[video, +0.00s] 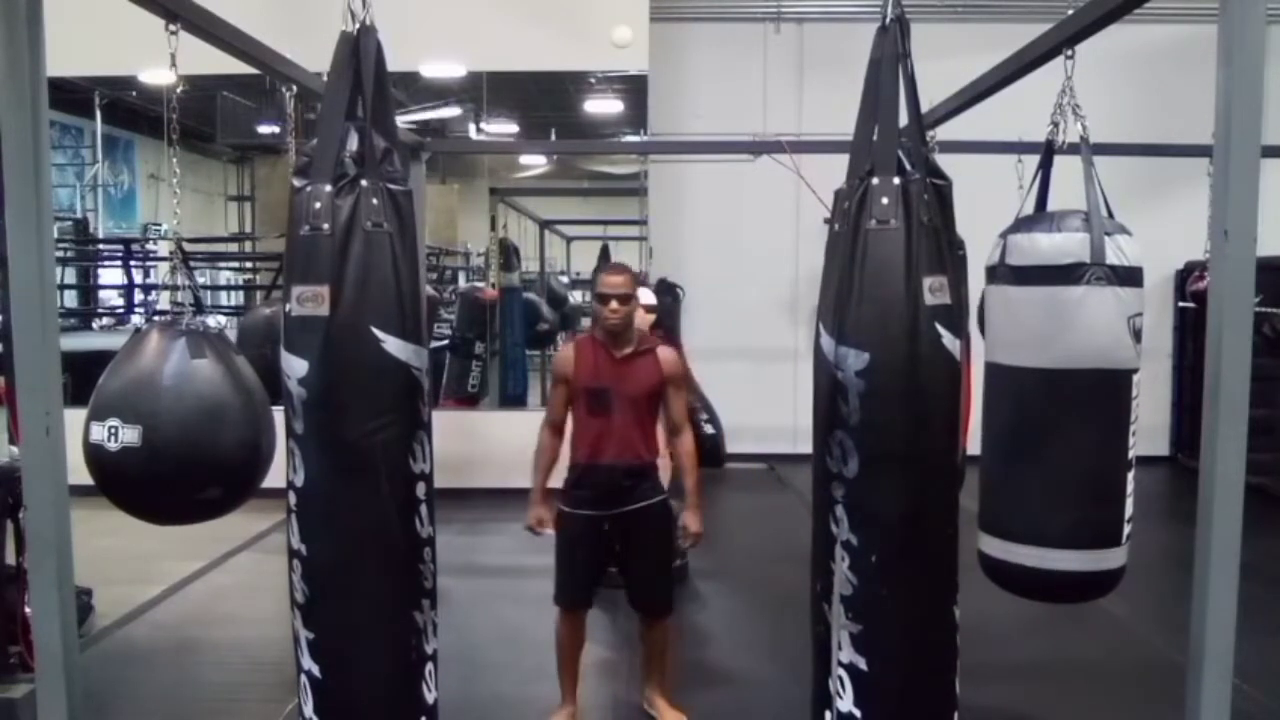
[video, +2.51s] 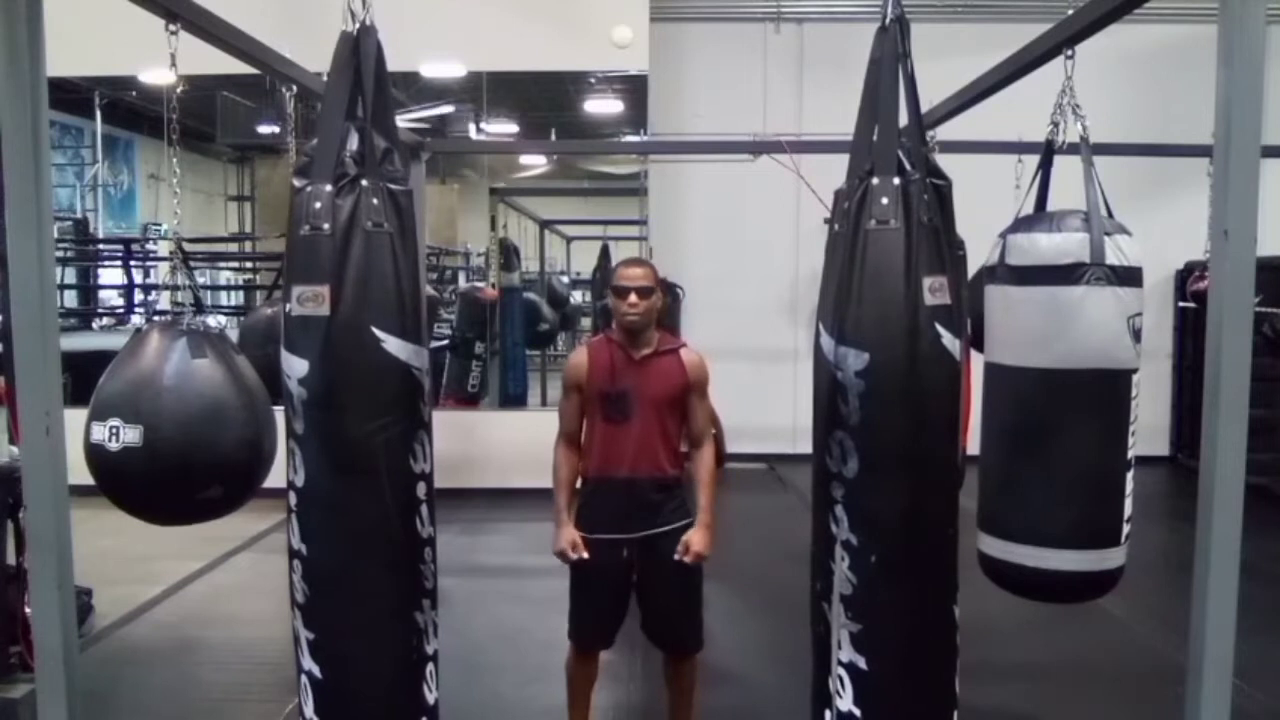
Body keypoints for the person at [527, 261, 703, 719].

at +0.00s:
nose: (613, 308)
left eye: (623, 299)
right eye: (604, 299)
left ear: (637, 303)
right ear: (593, 303)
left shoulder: (665, 359)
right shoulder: (571, 357)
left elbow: (680, 430)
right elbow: (553, 427)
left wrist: (692, 503)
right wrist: (538, 495)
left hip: (644, 494)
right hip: (582, 494)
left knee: (656, 606)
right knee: (572, 606)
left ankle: (655, 692)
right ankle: (568, 702)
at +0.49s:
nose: (596, 310)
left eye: (606, 301)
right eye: (587, 302)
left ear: (620, 303)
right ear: (575, 305)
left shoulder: (652, 361)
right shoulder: (554, 363)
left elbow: (664, 429)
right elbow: (540, 435)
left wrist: (668, 499)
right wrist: (538, 506)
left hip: (637, 492)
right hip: (575, 495)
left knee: (659, 606)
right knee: (568, 609)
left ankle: (667, 702)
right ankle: (567, 704)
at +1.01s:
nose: (647, 306)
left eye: (659, 299)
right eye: (638, 297)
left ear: (676, 304)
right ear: (626, 301)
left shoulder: (696, 365)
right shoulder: (598, 358)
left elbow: (712, 440)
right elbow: (584, 432)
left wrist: (717, 516)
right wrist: (578, 504)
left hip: (671, 505)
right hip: (608, 505)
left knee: (674, 624)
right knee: (587, 620)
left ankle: (670, 708)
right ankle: (580, 712)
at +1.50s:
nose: (615, 316)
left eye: (626, 307)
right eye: (606, 307)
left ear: (646, 311)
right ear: (595, 309)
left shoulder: (673, 370)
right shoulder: (569, 368)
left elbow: (685, 445)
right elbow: (551, 444)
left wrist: (693, 519)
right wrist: (543, 515)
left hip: (656, 512)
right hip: (589, 514)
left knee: (678, 641)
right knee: (574, 639)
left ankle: (682, 715)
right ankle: (574, 718)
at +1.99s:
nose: (632, 314)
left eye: (644, 304)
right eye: (622, 304)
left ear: (662, 307)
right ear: (611, 306)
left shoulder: (689, 366)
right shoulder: (585, 365)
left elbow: (704, 447)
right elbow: (573, 444)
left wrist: (710, 527)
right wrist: (567, 524)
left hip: (669, 513)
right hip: (603, 514)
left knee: (684, 645)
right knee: (583, 641)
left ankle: (683, 716)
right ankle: (577, 716)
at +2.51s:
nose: (632, 301)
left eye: (643, 293)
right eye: (621, 293)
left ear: (660, 299)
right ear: (609, 299)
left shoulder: (687, 362)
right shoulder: (584, 362)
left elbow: (702, 443)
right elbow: (568, 442)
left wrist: (704, 523)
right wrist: (563, 520)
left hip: (668, 509)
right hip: (601, 509)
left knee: (682, 645)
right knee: (585, 641)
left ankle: (681, 716)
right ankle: (577, 717)